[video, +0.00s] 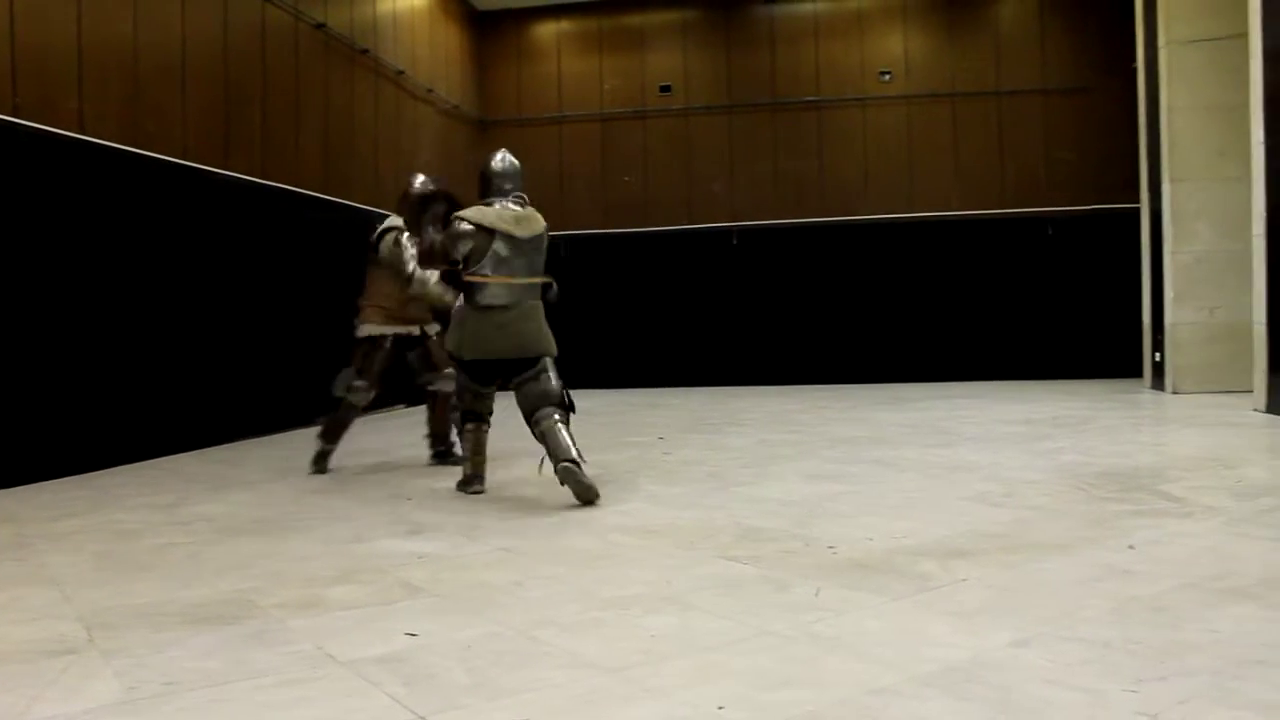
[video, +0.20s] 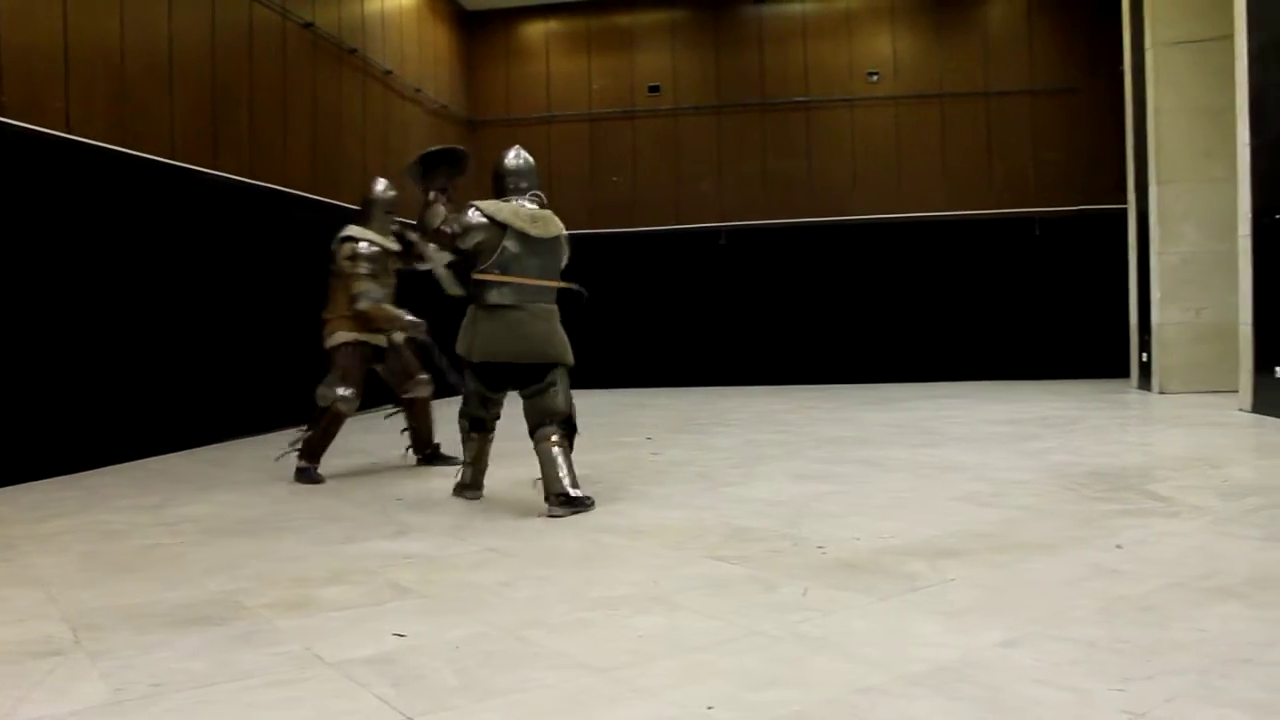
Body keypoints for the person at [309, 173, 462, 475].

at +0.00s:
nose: (436, 218)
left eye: (437, 211)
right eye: (431, 210)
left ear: (433, 209)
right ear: (415, 206)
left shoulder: (431, 239)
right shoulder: (394, 234)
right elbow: (415, 276)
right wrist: (450, 297)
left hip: (420, 322)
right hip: (382, 324)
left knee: (443, 378)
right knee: (363, 388)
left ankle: (442, 447)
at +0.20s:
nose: (390, 216)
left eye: (392, 210)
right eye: (385, 209)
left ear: (394, 209)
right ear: (371, 208)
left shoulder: (392, 240)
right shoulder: (359, 244)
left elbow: (426, 255)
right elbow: (364, 301)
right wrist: (405, 321)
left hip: (381, 328)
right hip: (350, 329)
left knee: (417, 385)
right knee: (346, 396)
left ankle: (426, 451)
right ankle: (307, 462)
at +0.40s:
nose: (341, 208)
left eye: (345, 201)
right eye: (336, 201)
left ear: (349, 202)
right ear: (323, 200)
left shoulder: (347, 239)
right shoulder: (306, 234)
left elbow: (346, 286)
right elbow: (289, 287)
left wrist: (375, 279)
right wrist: (328, 310)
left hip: (340, 327)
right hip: (305, 327)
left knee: (366, 384)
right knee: (308, 394)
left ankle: (359, 451)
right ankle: (288, 463)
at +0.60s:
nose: (301, 203)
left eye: (304, 197)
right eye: (295, 196)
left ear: (310, 199)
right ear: (282, 197)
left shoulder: (317, 237)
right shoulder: (262, 232)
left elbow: (342, 272)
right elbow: (240, 276)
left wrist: (347, 291)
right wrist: (270, 293)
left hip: (310, 325)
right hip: (273, 324)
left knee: (311, 391)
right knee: (277, 389)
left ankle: (284, 440)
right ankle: (268, 461)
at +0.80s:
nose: (292, 211)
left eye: (296, 204)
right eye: (286, 204)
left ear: (301, 205)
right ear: (272, 203)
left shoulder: (307, 245)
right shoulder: (249, 238)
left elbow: (312, 287)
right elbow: (227, 283)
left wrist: (319, 302)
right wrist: (250, 278)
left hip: (291, 328)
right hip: (256, 324)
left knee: (292, 395)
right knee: (266, 388)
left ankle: (273, 451)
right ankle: (266, 460)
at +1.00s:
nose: (285, 204)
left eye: (290, 198)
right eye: (280, 197)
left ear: (296, 199)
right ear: (267, 196)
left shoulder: (303, 238)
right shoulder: (241, 230)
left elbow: (310, 279)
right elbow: (219, 278)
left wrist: (304, 296)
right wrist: (231, 267)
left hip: (285, 323)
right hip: (245, 319)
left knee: (283, 388)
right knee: (239, 383)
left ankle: (273, 448)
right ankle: (222, 452)